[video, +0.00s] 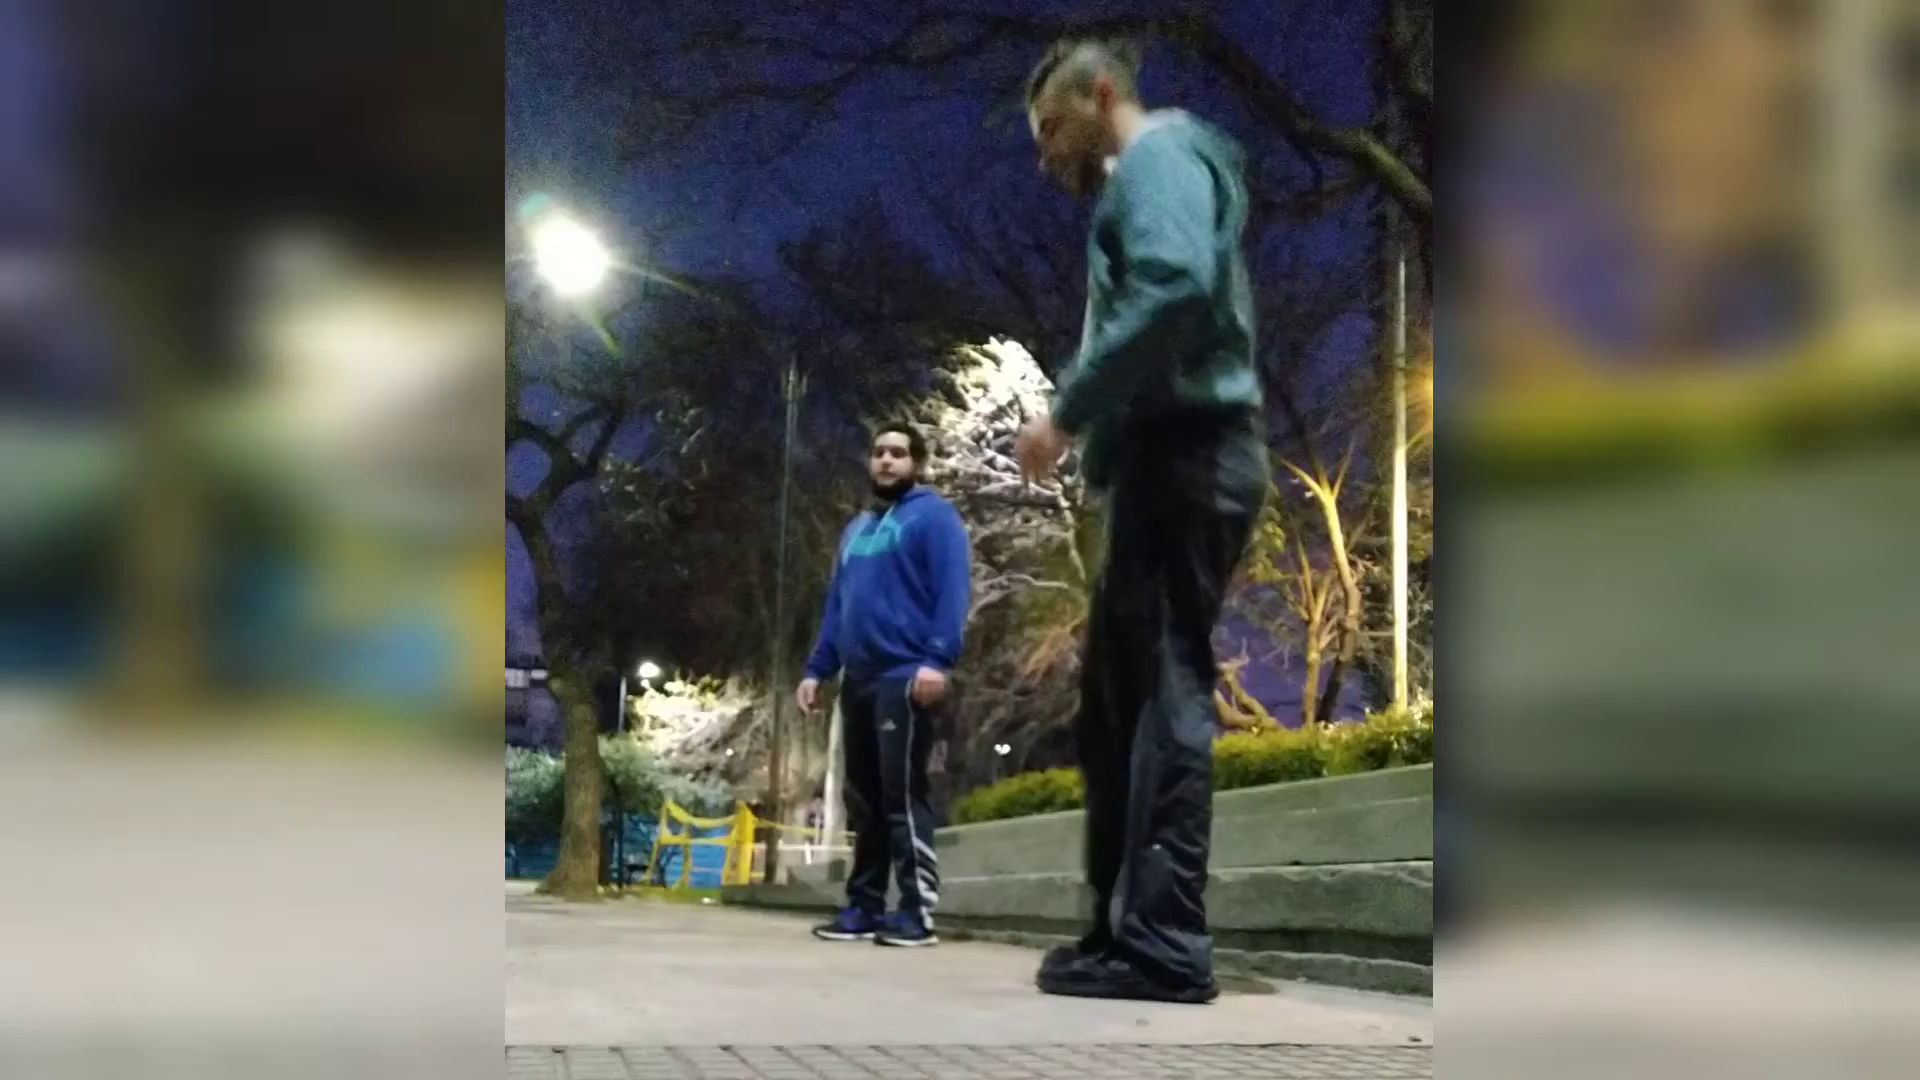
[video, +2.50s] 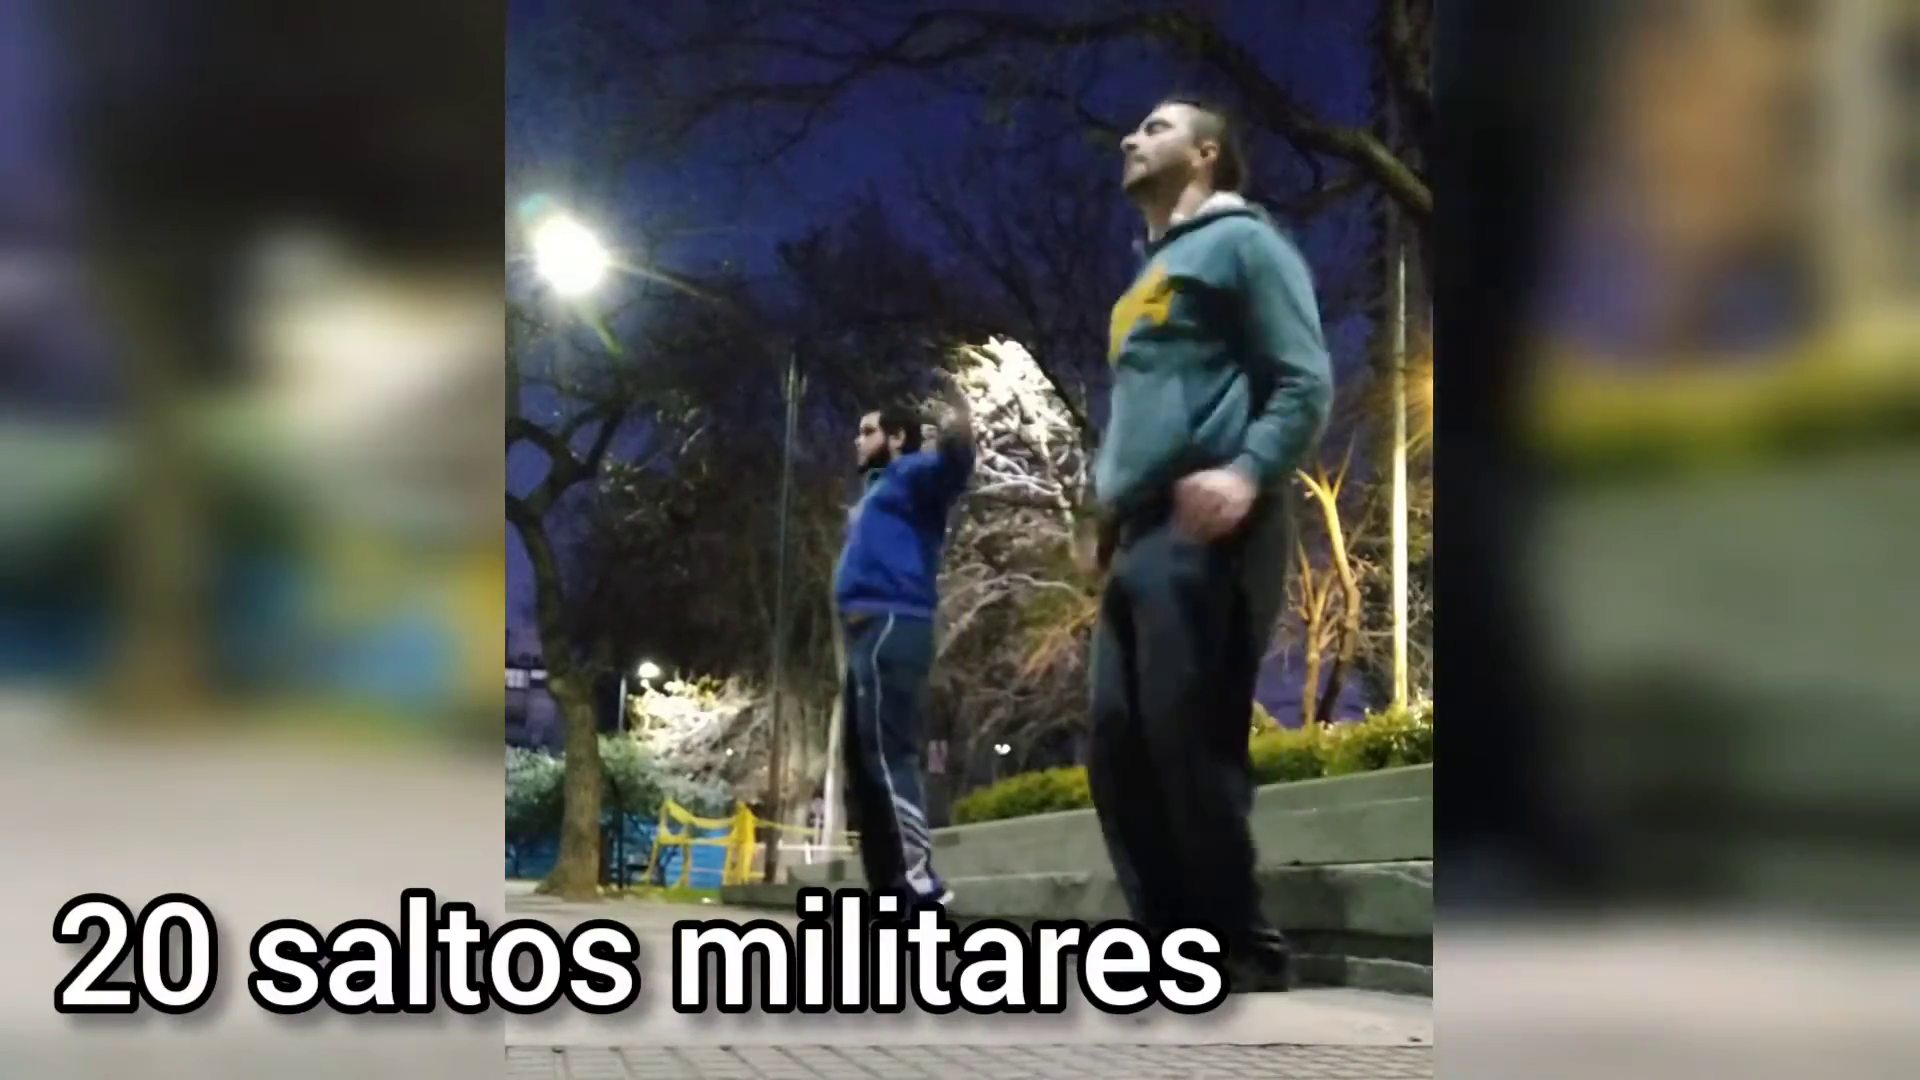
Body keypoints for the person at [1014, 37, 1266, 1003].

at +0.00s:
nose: (1046, 156)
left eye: (1050, 131)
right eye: (1039, 138)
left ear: (1100, 99)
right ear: (1104, 106)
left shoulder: (1161, 156)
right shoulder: (1147, 173)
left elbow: (1173, 285)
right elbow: (1171, 323)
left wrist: (1066, 411)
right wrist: (1098, 442)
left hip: (1190, 456)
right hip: (1166, 459)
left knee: (1160, 692)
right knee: (1113, 698)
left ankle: (1164, 944)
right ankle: (1121, 935)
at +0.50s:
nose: (1044, 164)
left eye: (1062, 145)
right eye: (1043, 152)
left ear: (1117, 150)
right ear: (1065, 170)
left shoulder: (1183, 217)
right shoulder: (1076, 290)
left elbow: (1274, 311)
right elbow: (1094, 411)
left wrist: (1258, 443)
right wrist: (1079, 517)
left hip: (1197, 500)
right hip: (1125, 524)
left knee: (1148, 702)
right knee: (1090, 708)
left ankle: (1194, 926)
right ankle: (1139, 922)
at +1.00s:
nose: (1128, 116)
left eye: (1149, 104)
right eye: (1131, 108)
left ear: (1200, 130)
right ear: (1147, 142)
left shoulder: (1227, 193)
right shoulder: (1132, 248)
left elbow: (1283, 82)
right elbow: (1077, 302)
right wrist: (1036, 220)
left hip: (1205, 451)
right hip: (1132, 481)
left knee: (1216, 661)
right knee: (1104, 706)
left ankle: (1307, 905)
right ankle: (1114, 918)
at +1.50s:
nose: (1146, 138)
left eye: (1166, 124)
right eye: (1147, 126)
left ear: (1216, 142)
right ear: (1167, 153)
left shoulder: (1254, 212)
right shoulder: (1172, 251)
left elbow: (1339, 297)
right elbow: (1172, 372)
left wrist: (1285, 383)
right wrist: (1125, 451)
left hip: (1222, 486)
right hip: (1161, 498)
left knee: (1205, 703)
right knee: (1125, 711)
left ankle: (1250, 928)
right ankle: (1178, 927)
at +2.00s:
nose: (1167, 148)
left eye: (1185, 133)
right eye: (1158, 144)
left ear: (1229, 150)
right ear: (1149, 179)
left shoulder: (1262, 208)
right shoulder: (1140, 261)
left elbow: (1316, 57)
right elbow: (1107, 229)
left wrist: (1237, 36)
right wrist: (1135, 143)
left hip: (1256, 502)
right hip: (1178, 528)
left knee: (1270, 715)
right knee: (1139, 751)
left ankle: (1398, 946)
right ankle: (1142, 957)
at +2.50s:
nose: (1132, 138)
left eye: (1155, 126)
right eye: (1133, 129)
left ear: (1205, 152)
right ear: (1150, 164)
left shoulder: (1244, 240)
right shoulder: (1155, 264)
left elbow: (1305, 382)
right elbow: (1151, 402)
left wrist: (1247, 470)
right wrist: (1116, 511)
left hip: (1205, 523)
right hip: (1137, 532)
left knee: (1191, 739)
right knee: (1118, 749)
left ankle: (1232, 950)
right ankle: (1173, 951)